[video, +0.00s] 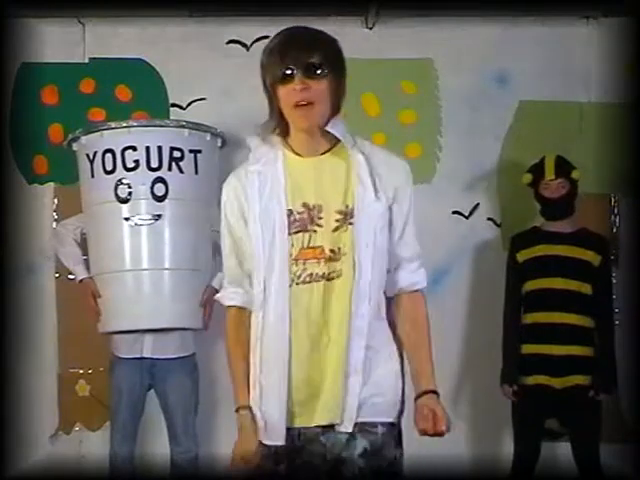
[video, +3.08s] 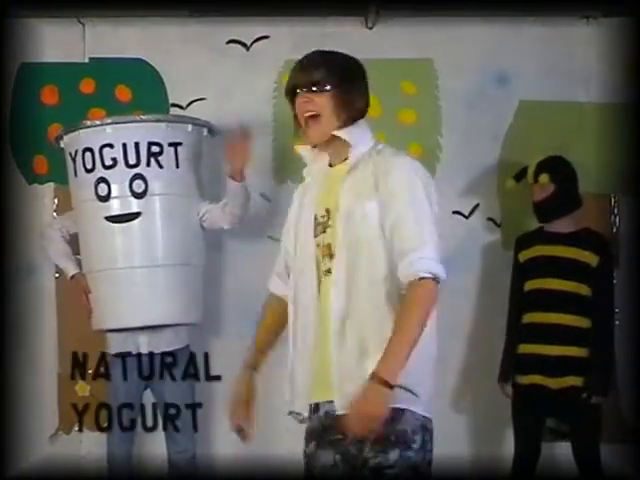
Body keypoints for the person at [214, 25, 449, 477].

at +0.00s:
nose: (301, 87)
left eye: (314, 72)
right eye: (286, 76)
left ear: (338, 84)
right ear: (273, 91)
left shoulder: (387, 173)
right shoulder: (243, 187)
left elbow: (407, 289)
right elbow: (237, 303)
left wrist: (426, 390)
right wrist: (244, 412)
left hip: (369, 414)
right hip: (281, 416)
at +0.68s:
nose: (356, 53)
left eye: (375, 39)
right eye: (343, 41)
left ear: (403, 55)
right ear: (328, 58)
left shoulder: (451, 163)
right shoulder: (288, 162)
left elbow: (464, 293)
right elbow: (266, 285)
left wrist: (456, 411)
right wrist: (280, 393)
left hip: (410, 429)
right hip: (310, 425)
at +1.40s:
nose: (298, 67)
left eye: (313, 48)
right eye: (294, 54)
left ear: (359, 50)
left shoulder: (443, 164)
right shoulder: (306, 161)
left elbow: (460, 311)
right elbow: (291, 292)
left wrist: (425, 435)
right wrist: (265, 402)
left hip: (389, 435)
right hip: (306, 423)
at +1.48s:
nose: (284, 71)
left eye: (294, 54)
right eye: (286, 57)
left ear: (337, 54)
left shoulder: (430, 156)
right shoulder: (312, 157)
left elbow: (455, 306)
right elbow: (302, 286)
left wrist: (414, 432)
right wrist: (253, 359)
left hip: (387, 440)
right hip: (307, 428)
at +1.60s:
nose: (293, 78)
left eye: (298, 63)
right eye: (295, 64)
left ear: (323, 64)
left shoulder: (413, 147)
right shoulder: (319, 152)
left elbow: (445, 289)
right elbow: (308, 270)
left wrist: (413, 420)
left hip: (384, 432)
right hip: (312, 419)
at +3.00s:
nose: (292, 102)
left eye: (303, 89)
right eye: (291, 92)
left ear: (340, 95)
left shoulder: (387, 171)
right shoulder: (318, 185)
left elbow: (414, 280)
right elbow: (288, 270)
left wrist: (396, 396)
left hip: (380, 414)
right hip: (322, 410)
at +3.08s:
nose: (303, 102)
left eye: (316, 87)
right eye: (296, 93)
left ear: (351, 95)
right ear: (292, 107)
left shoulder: (397, 172)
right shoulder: (306, 191)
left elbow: (424, 284)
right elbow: (284, 291)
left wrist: (382, 383)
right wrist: (250, 368)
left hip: (391, 410)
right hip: (322, 412)